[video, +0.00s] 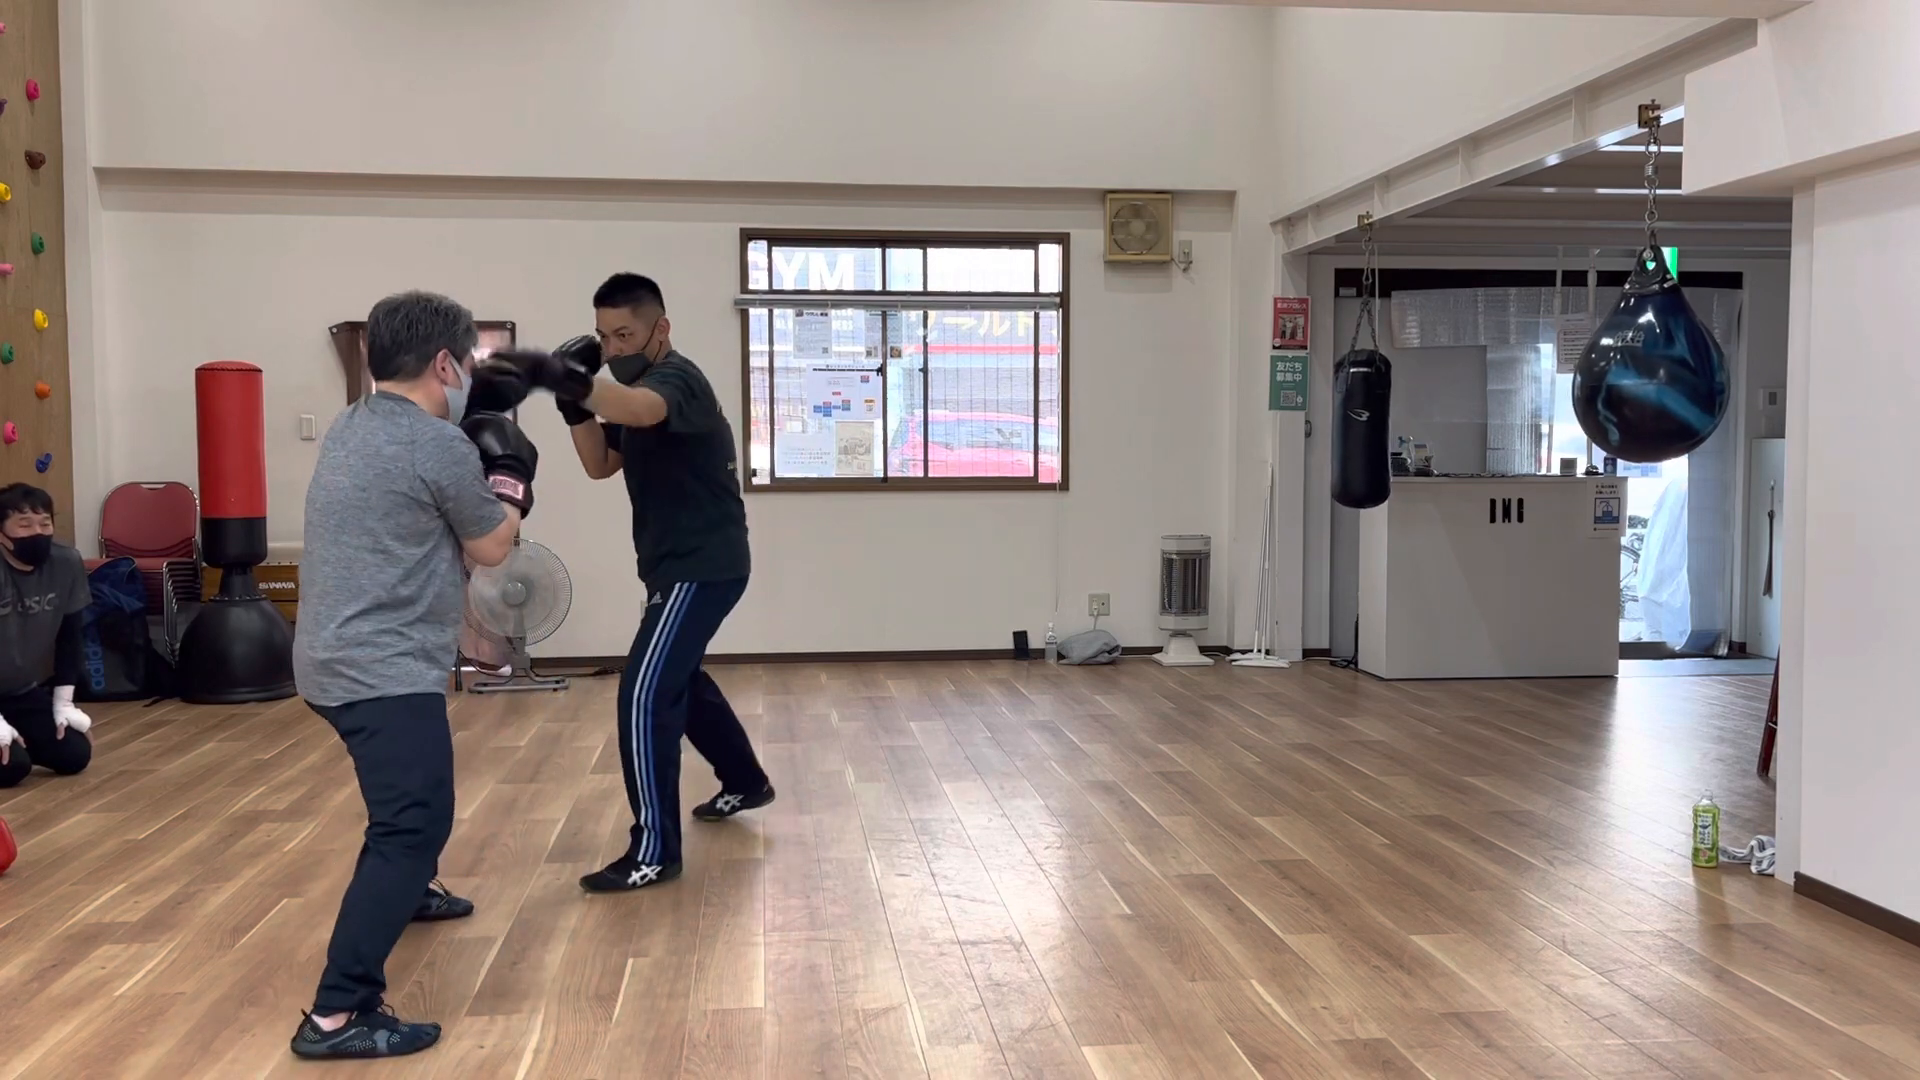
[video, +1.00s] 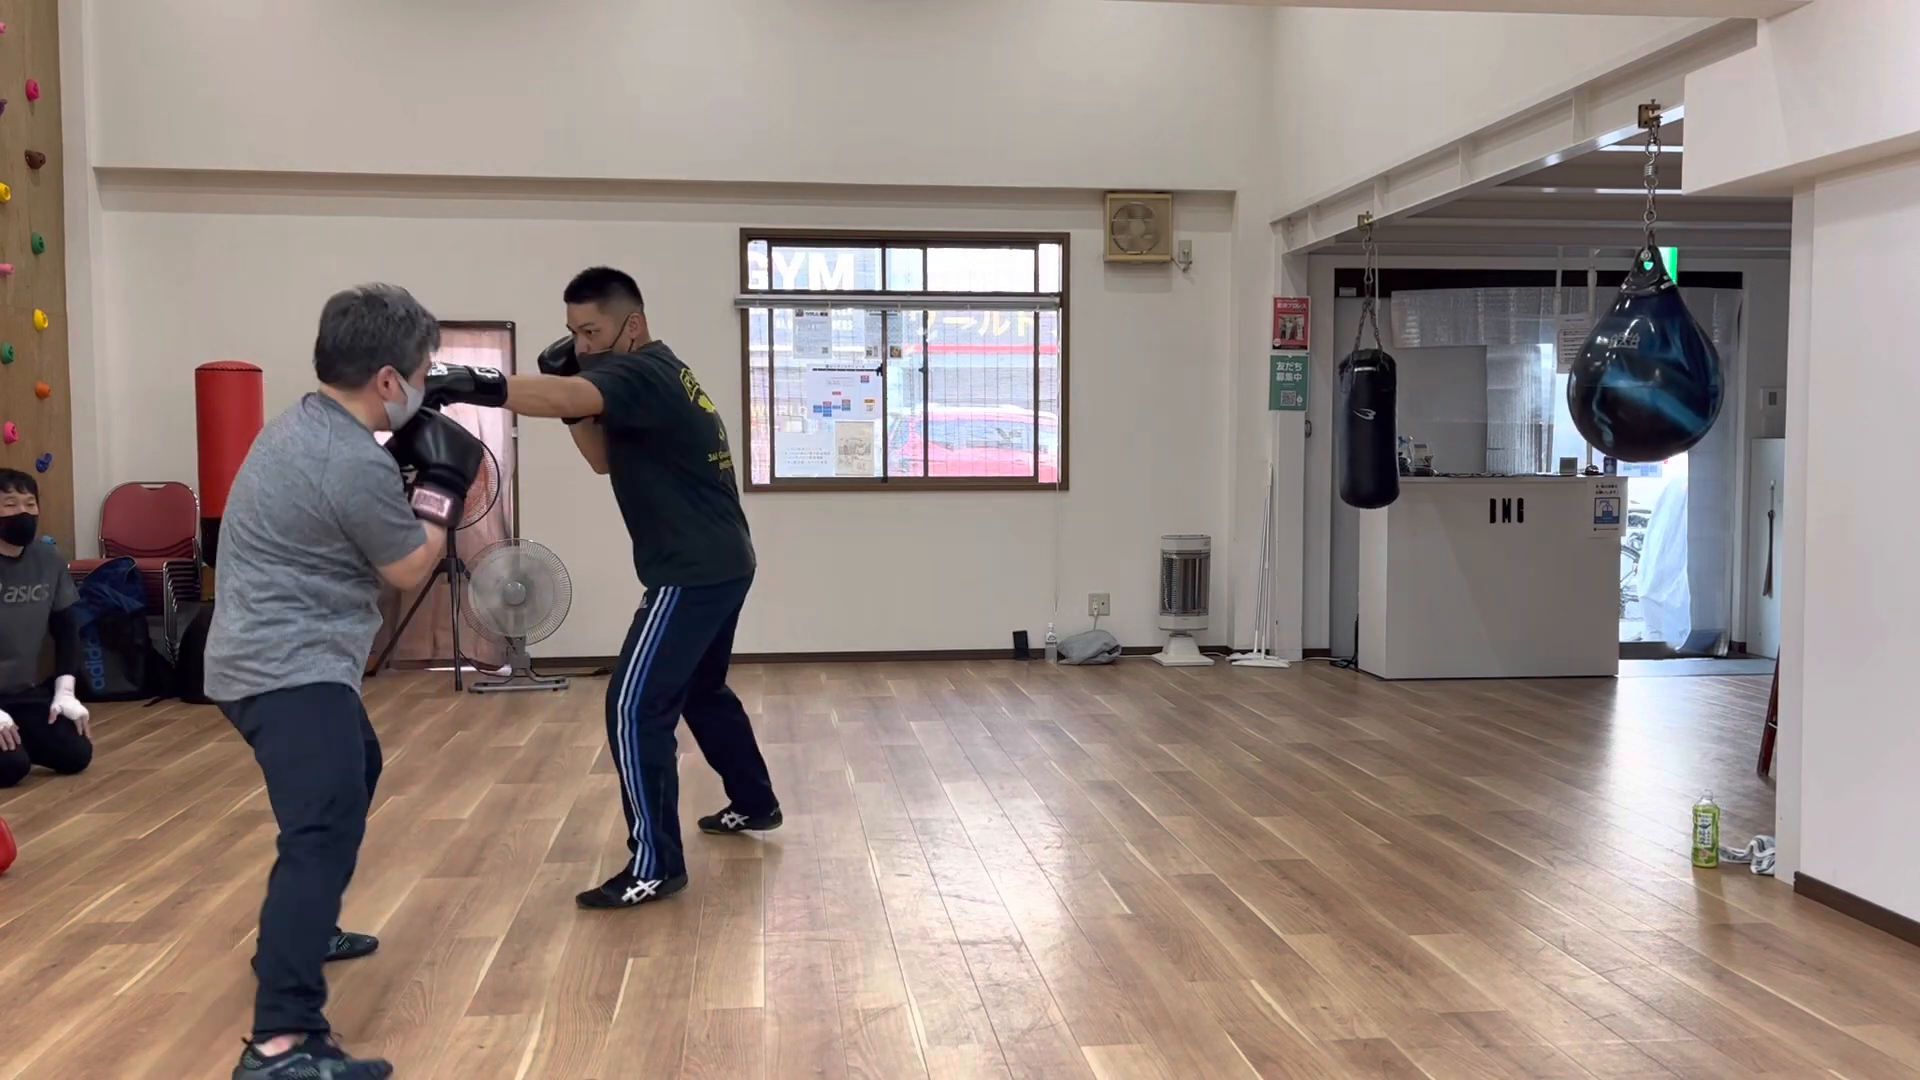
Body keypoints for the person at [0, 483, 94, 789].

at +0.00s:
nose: (38, 533)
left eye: (45, 524)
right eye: (25, 525)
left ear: (53, 526)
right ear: (2, 532)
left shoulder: (66, 563)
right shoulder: (3, 571)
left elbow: (70, 637)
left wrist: (63, 701)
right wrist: (1, 722)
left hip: (30, 692)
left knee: (74, 756)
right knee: (13, 767)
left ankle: (14, 734)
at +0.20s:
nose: (34, 531)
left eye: (40, 521)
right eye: (20, 523)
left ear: (49, 523)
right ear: (0, 530)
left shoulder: (63, 562)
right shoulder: (2, 570)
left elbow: (69, 636)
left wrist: (63, 701)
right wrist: (0, 722)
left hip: (30, 692)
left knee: (74, 756)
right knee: (13, 767)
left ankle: (14, 732)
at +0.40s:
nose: (29, 529)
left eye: (36, 520)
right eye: (16, 521)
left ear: (45, 521)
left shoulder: (60, 561)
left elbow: (67, 634)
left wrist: (63, 700)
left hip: (31, 691)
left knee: (74, 756)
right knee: (12, 767)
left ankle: (14, 732)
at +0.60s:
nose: (28, 527)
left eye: (36, 518)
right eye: (16, 518)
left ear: (44, 520)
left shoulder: (58, 560)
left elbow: (66, 633)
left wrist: (64, 699)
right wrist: (0, 720)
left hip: (30, 692)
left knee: (74, 756)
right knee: (12, 767)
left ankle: (14, 731)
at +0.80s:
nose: (28, 522)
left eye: (36, 513)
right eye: (16, 513)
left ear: (45, 517)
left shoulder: (54, 561)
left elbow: (66, 631)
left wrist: (65, 696)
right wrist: (0, 719)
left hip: (32, 692)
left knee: (75, 756)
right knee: (12, 767)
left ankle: (15, 729)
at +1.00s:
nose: (22, 512)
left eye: (29, 503)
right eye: (10, 504)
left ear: (38, 510)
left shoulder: (48, 561)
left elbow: (67, 630)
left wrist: (65, 690)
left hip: (25, 693)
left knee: (75, 755)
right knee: (11, 767)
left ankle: (10, 730)